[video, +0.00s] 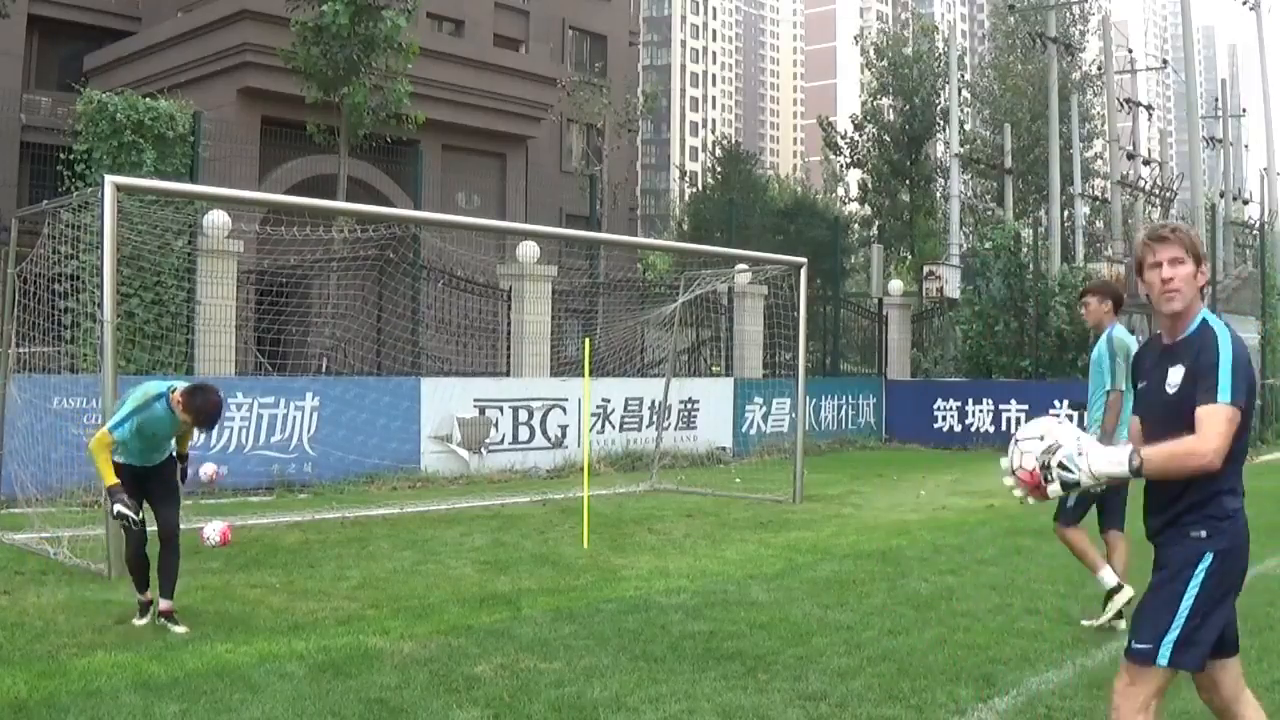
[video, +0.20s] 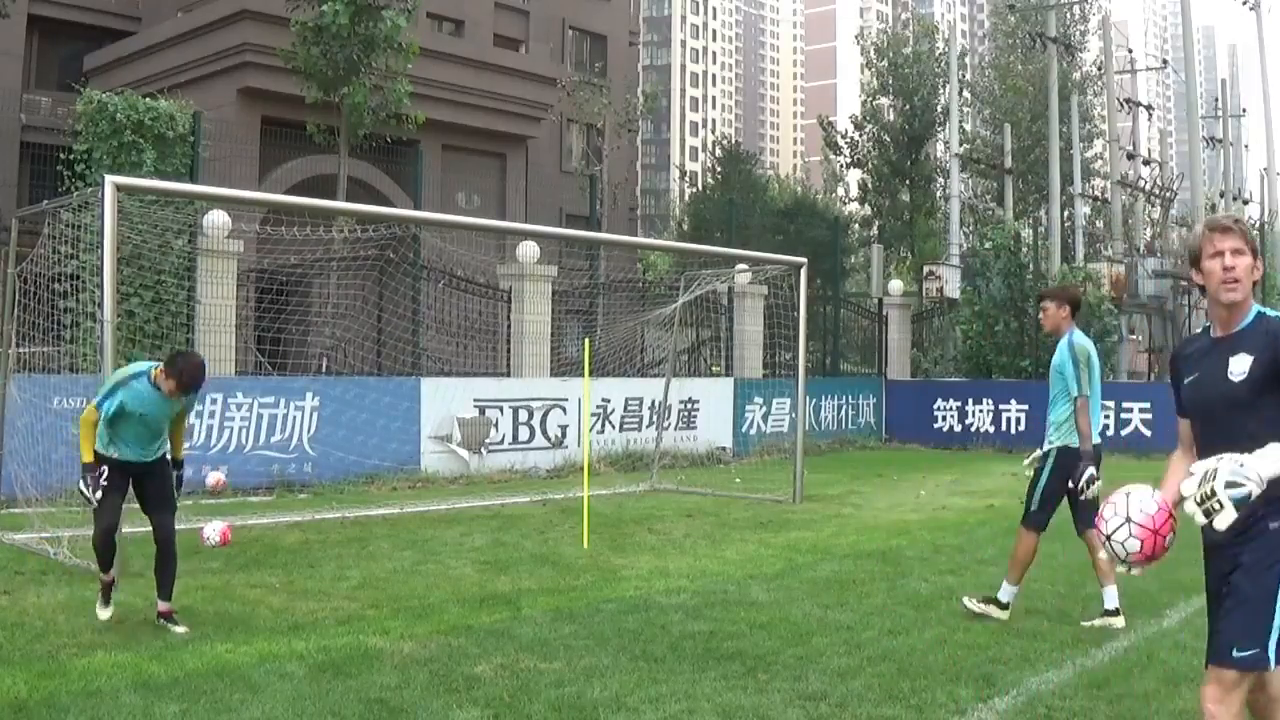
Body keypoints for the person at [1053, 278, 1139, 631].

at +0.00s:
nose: (1083, 312)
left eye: (1088, 305)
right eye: (1082, 306)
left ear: (1107, 306)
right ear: (1105, 308)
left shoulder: (1113, 340)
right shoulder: (1116, 341)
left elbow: (1115, 396)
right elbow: (1119, 397)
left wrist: (1102, 445)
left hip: (1104, 448)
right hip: (1118, 447)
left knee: (1064, 522)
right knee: (1114, 530)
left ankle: (1114, 586)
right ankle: (1115, 611)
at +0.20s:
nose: (1040, 317)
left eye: (1045, 310)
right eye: (1041, 310)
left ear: (1065, 311)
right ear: (1063, 313)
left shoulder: (1073, 346)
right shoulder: (1075, 345)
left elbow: (1081, 403)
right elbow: (1066, 408)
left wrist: (1088, 457)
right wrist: (1047, 448)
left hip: (1064, 450)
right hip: (1082, 449)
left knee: (1031, 524)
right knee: (1091, 529)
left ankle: (1002, 601)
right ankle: (1113, 610)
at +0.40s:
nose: (994, 314)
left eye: (999, 308)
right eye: (995, 308)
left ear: (1019, 310)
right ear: (1017, 312)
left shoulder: (1027, 345)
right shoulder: (1031, 343)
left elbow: (1034, 402)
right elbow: (1020, 405)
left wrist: (1039, 456)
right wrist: (1003, 447)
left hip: (1017, 446)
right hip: (1028, 444)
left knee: (1001, 524)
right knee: (1026, 529)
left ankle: (993, 603)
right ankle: (1079, 584)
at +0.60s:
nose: (957, 315)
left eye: (961, 308)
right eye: (957, 308)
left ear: (981, 308)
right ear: (980, 309)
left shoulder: (989, 342)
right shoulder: (993, 339)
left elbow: (983, 398)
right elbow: (989, 398)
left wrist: (963, 447)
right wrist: (965, 443)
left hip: (989, 441)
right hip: (990, 439)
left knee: (985, 519)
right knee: (951, 508)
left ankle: (992, 601)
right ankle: (987, 573)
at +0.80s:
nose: (919, 319)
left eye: (923, 313)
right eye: (919, 314)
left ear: (941, 312)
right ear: (942, 313)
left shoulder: (946, 345)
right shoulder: (962, 345)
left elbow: (934, 399)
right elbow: (965, 401)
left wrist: (901, 436)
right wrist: (967, 450)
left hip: (947, 444)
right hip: (957, 442)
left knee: (962, 522)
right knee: (921, 519)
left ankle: (989, 601)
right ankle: (890, 587)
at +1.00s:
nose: (882, 315)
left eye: (884, 308)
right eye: (883, 309)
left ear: (897, 308)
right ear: (905, 309)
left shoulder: (905, 341)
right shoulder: (927, 342)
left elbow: (903, 393)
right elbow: (933, 399)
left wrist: (871, 433)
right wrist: (931, 443)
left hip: (906, 441)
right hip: (921, 440)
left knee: (893, 519)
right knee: (895, 516)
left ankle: (949, 573)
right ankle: (884, 588)